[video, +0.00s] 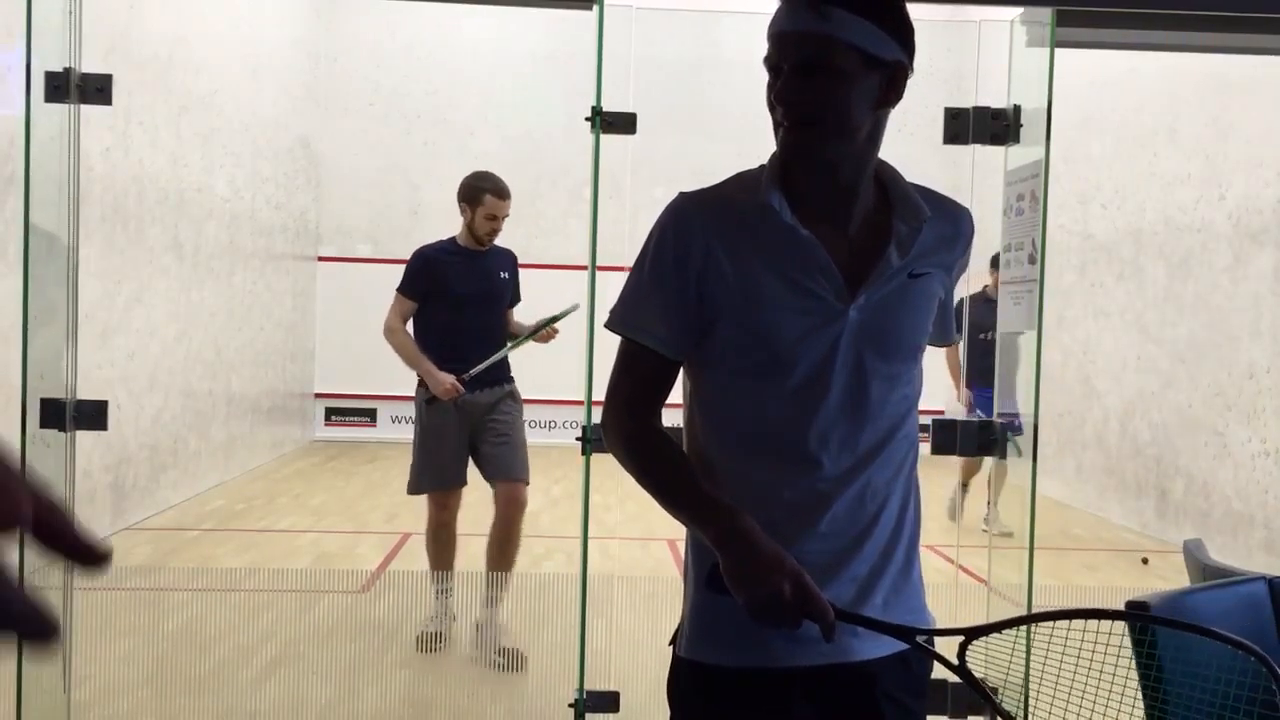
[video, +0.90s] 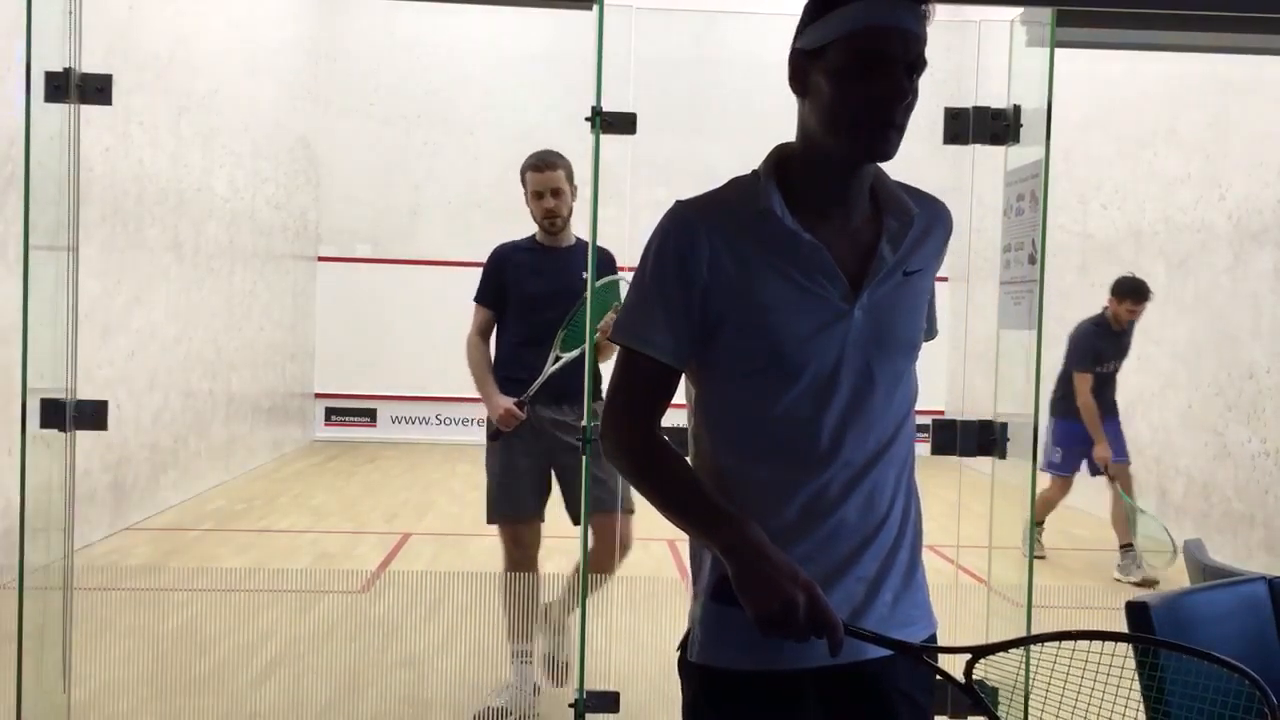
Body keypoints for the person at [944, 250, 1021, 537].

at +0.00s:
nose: (1004, 282)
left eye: (1009, 277)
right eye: (1001, 276)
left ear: (1013, 279)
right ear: (991, 274)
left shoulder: (1016, 306)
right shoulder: (969, 305)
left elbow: (1021, 349)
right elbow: (951, 345)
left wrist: (1017, 391)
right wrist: (960, 385)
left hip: (1007, 391)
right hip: (977, 390)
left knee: (1001, 455)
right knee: (974, 456)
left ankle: (992, 511)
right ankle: (961, 489)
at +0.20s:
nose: (1019, 281)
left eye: (1024, 276)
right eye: (1013, 275)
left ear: (1031, 276)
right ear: (1004, 276)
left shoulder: (1036, 305)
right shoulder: (986, 309)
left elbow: (1048, 345)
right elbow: (961, 349)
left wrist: (1071, 376)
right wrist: (966, 391)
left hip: (1023, 390)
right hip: (995, 390)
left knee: (1008, 451)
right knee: (1004, 451)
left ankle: (994, 512)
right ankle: (1001, 517)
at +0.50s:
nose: (1064, 286)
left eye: (1068, 280)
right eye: (1059, 279)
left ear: (1070, 279)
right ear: (1042, 277)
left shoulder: (1068, 306)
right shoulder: (1020, 306)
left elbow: (1075, 348)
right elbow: (987, 352)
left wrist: (1101, 381)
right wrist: (991, 398)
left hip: (1056, 398)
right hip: (1022, 398)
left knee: (1064, 465)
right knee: (1026, 466)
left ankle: (1023, 496)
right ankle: (1025, 534)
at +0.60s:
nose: (1078, 288)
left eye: (1082, 282)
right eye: (1073, 281)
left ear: (1084, 281)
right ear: (1056, 278)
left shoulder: (1079, 306)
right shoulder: (1032, 307)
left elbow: (1080, 351)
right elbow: (1005, 358)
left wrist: (1091, 394)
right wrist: (1016, 402)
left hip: (1066, 400)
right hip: (1033, 401)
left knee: (1086, 463)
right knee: (1033, 468)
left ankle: (1052, 513)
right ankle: (1026, 532)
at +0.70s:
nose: (1094, 293)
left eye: (1097, 288)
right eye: (1089, 287)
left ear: (1100, 286)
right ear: (1072, 281)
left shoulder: (1093, 310)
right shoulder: (1045, 314)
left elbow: (1086, 352)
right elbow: (1031, 369)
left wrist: (1079, 390)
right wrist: (1048, 412)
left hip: (1077, 401)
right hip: (1045, 403)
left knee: (1098, 462)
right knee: (1039, 469)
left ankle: (1088, 538)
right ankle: (1027, 533)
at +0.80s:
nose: (1113, 303)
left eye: (1117, 297)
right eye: (1108, 296)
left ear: (1119, 294)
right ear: (1090, 290)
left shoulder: (1108, 318)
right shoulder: (1064, 321)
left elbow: (1091, 363)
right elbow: (1057, 378)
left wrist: (1092, 404)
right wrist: (1076, 422)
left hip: (1090, 405)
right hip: (1055, 406)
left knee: (1102, 477)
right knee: (1046, 474)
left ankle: (1121, 549)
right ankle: (1029, 534)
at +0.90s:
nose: (1136, 317)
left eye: (1139, 311)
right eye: (1131, 311)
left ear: (1141, 307)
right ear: (1112, 303)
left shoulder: (1125, 330)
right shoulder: (1085, 335)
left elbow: (1107, 371)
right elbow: (1083, 394)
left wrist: (1106, 410)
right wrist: (1099, 442)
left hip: (1105, 412)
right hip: (1069, 415)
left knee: (1122, 480)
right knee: (1059, 487)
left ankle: (1128, 560)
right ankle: (1032, 527)